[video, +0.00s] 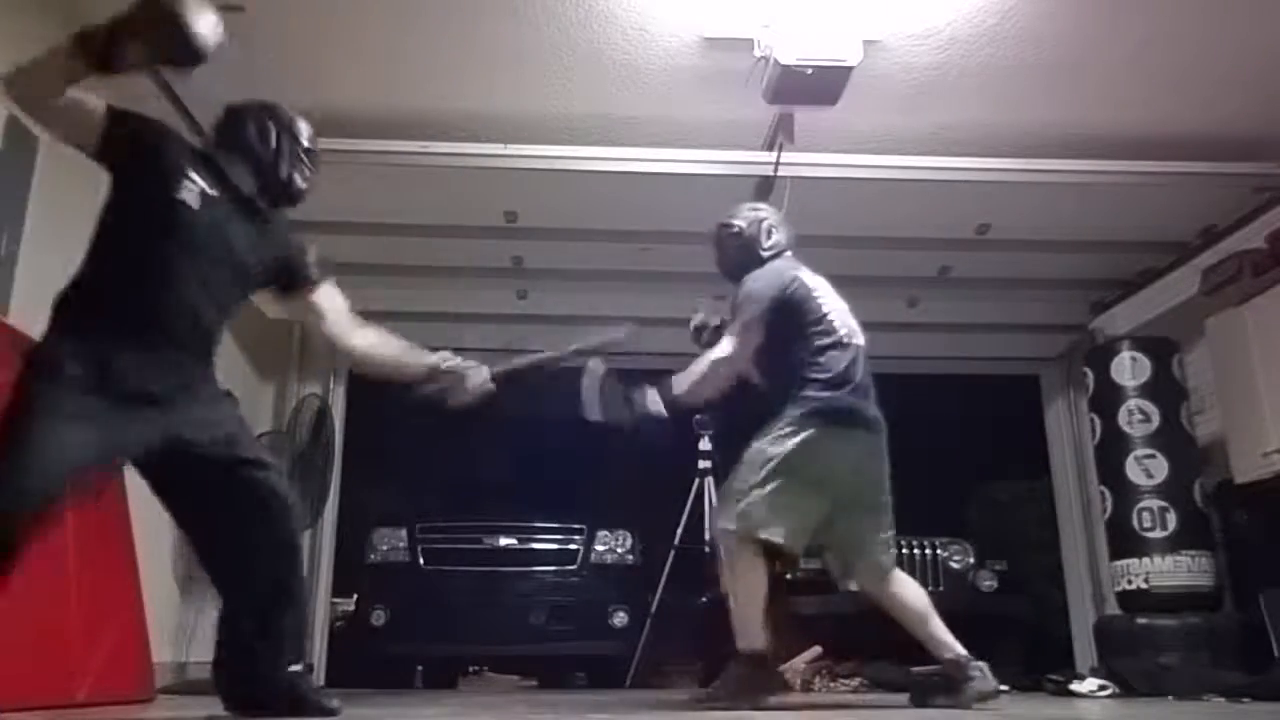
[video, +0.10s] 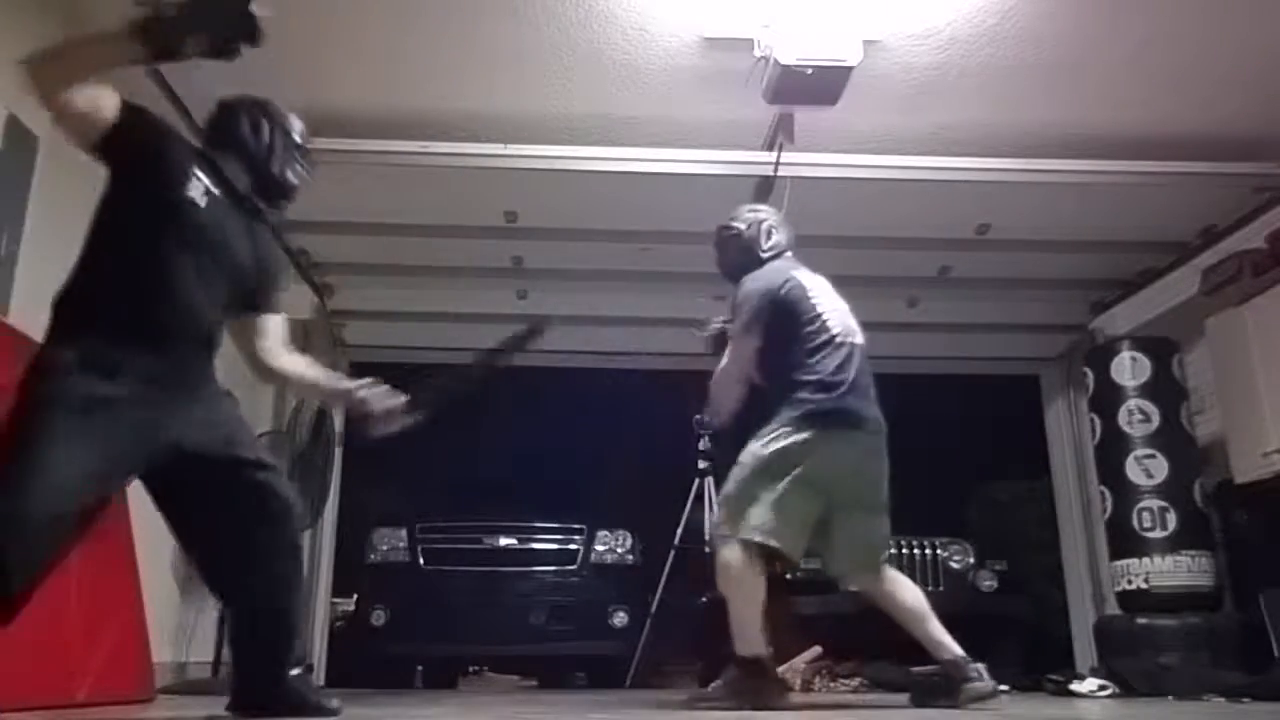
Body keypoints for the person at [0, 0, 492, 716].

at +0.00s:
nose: (300, 174)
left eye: (303, 163)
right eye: (295, 155)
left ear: (276, 165)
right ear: (260, 140)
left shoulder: (279, 241)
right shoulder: (158, 151)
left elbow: (348, 333)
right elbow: (30, 92)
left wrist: (440, 369)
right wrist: (111, 46)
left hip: (186, 398)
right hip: (83, 378)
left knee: (267, 523)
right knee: (14, 500)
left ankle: (259, 684)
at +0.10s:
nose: (295, 176)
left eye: (297, 164)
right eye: (289, 158)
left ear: (254, 157)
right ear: (256, 145)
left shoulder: (259, 246)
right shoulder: (160, 148)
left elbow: (272, 352)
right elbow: (49, 79)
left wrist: (349, 389)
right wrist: (154, 42)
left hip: (189, 400)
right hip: (91, 383)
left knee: (265, 515)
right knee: (21, 528)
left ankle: (265, 686)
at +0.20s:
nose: (270, 122)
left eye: (274, 110)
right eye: (258, 100)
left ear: (260, 123)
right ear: (213, 89)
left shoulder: (221, 206)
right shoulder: (141, 129)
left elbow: (201, 325)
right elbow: (108, 82)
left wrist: (267, 380)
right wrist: (214, 47)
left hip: (178, 382)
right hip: (80, 364)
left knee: (240, 532)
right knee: (12, 532)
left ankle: (263, 685)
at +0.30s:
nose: (233, 109)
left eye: (238, 99)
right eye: (224, 94)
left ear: (228, 100)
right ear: (188, 81)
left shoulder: (192, 178)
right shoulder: (112, 105)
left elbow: (171, 284)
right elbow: (169, 125)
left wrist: (243, 315)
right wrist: (302, 101)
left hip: (163, 356)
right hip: (72, 343)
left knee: (216, 497)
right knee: (9, 497)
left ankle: (230, 676)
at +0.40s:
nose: (238, 91)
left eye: (239, 79)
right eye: (227, 74)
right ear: (180, 66)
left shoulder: (199, 153)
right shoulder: (114, 102)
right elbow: (174, 165)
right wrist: (309, 183)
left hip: (164, 355)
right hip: (73, 342)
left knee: (207, 511)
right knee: (11, 503)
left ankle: (156, 681)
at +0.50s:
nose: (240, 89)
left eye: (242, 77)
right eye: (229, 72)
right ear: (184, 66)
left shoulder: (204, 162)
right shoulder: (131, 101)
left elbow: (228, 250)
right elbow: (144, 187)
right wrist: (254, 241)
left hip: (166, 356)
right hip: (82, 340)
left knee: (174, 517)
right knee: (27, 497)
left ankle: (89, 681)